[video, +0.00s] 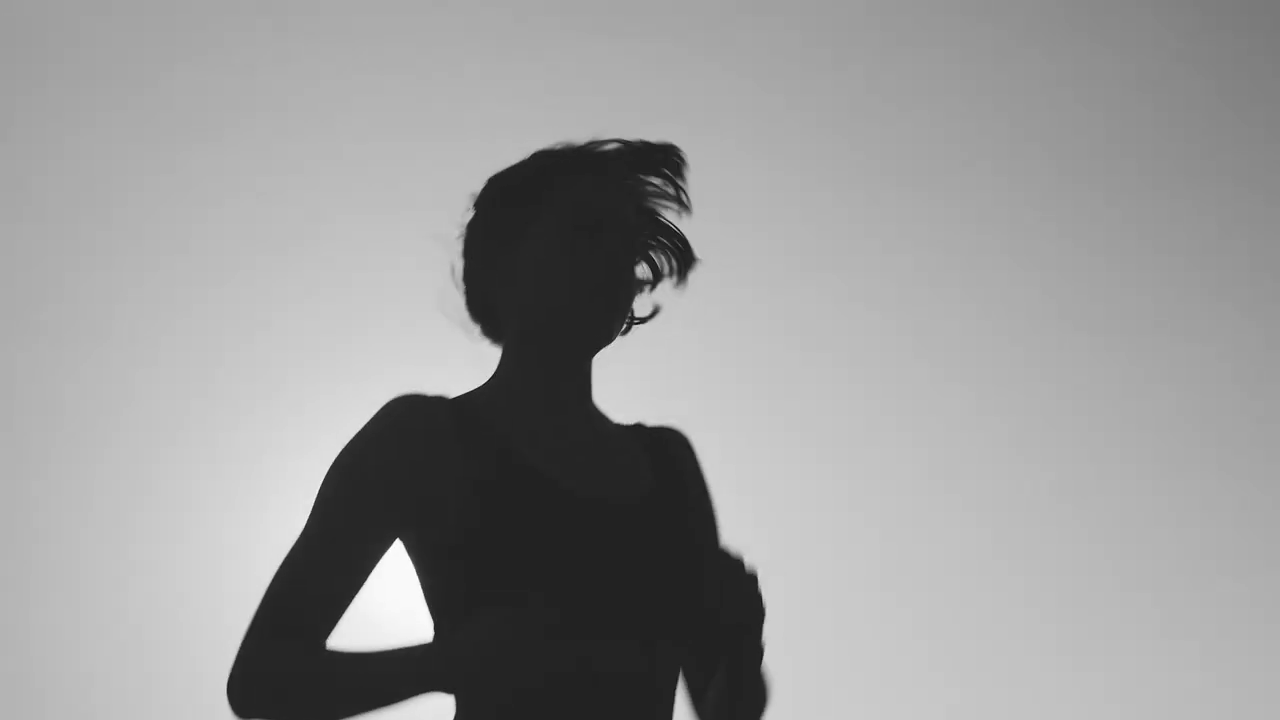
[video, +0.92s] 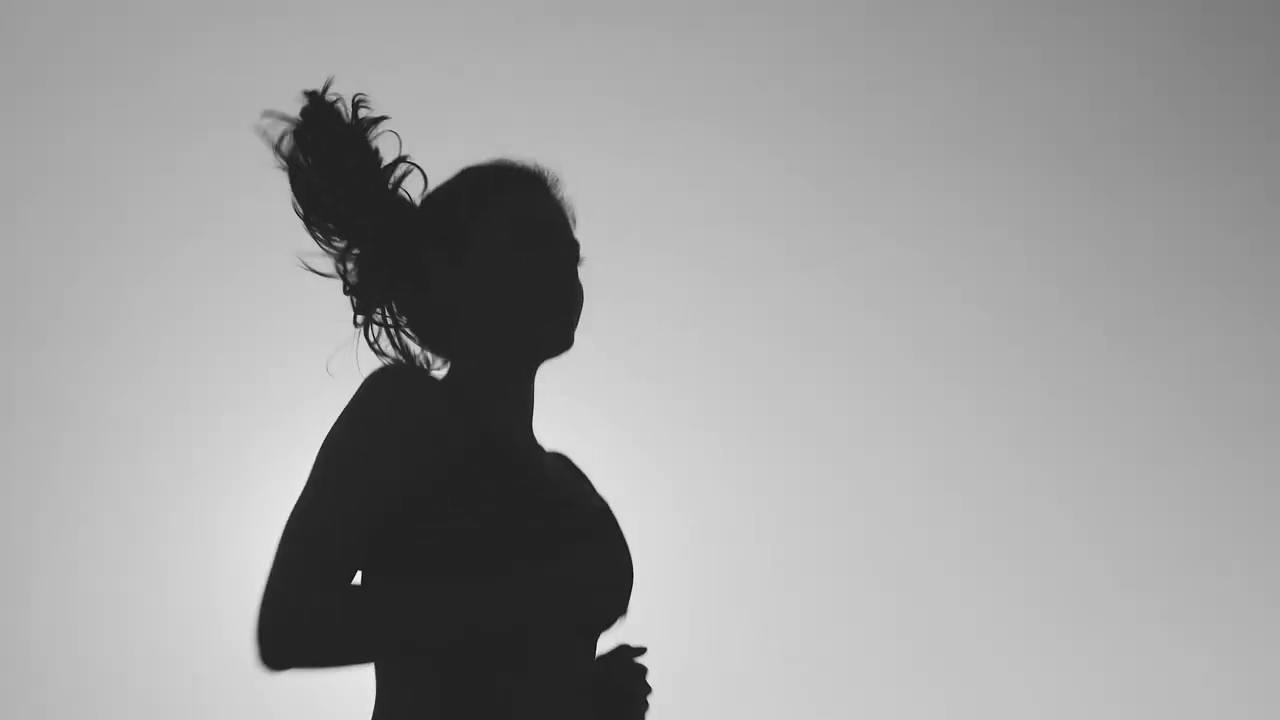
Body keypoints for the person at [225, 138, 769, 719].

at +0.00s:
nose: (617, 272)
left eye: (628, 251)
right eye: (584, 243)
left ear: (634, 282)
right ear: (505, 269)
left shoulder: (664, 460)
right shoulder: (418, 438)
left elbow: (728, 710)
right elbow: (261, 680)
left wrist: (734, 644)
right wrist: (447, 663)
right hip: (500, 714)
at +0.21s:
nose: (590, 326)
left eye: (593, 301)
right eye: (553, 296)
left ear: (595, 326)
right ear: (471, 320)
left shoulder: (618, 501)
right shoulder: (401, 483)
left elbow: (653, 667)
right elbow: (316, 699)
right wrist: (549, 681)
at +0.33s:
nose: (582, 312)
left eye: (587, 292)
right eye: (549, 288)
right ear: (470, 310)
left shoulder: (595, 497)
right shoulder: (401, 471)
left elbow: (626, 670)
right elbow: (361, 691)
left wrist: (626, 600)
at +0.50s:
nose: (583, 266)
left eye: (584, 247)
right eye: (556, 244)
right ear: (482, 260)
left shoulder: (572, 459)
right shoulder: (412, 413)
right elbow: (404, 633)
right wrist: (608, 518)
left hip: (568, 707)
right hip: (447, 706)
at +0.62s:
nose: (580, 243)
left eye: (580, 224)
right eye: (550, 220)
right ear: (472, 242)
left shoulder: (564, 440)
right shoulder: (415, 367)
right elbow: (402, 585)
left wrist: (587, 668)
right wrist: (604, 494)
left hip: (559, 704)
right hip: (443, 701)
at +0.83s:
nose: (575, 258)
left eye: (574, 235)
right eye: (544, 232)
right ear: (461, 257)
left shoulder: (563, 452)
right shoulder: (410, 378)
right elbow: (328, 596)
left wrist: (585, 672)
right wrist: (552, 547)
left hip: (549, 709)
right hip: (429, 704)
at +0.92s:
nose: (571, 280)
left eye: (570, 257)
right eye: (539, 252)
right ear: (459, 278)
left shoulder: (564, 478)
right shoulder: (404, 404)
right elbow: (289, 628)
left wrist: (587, 692)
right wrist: (528, 605)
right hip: (422, 708)